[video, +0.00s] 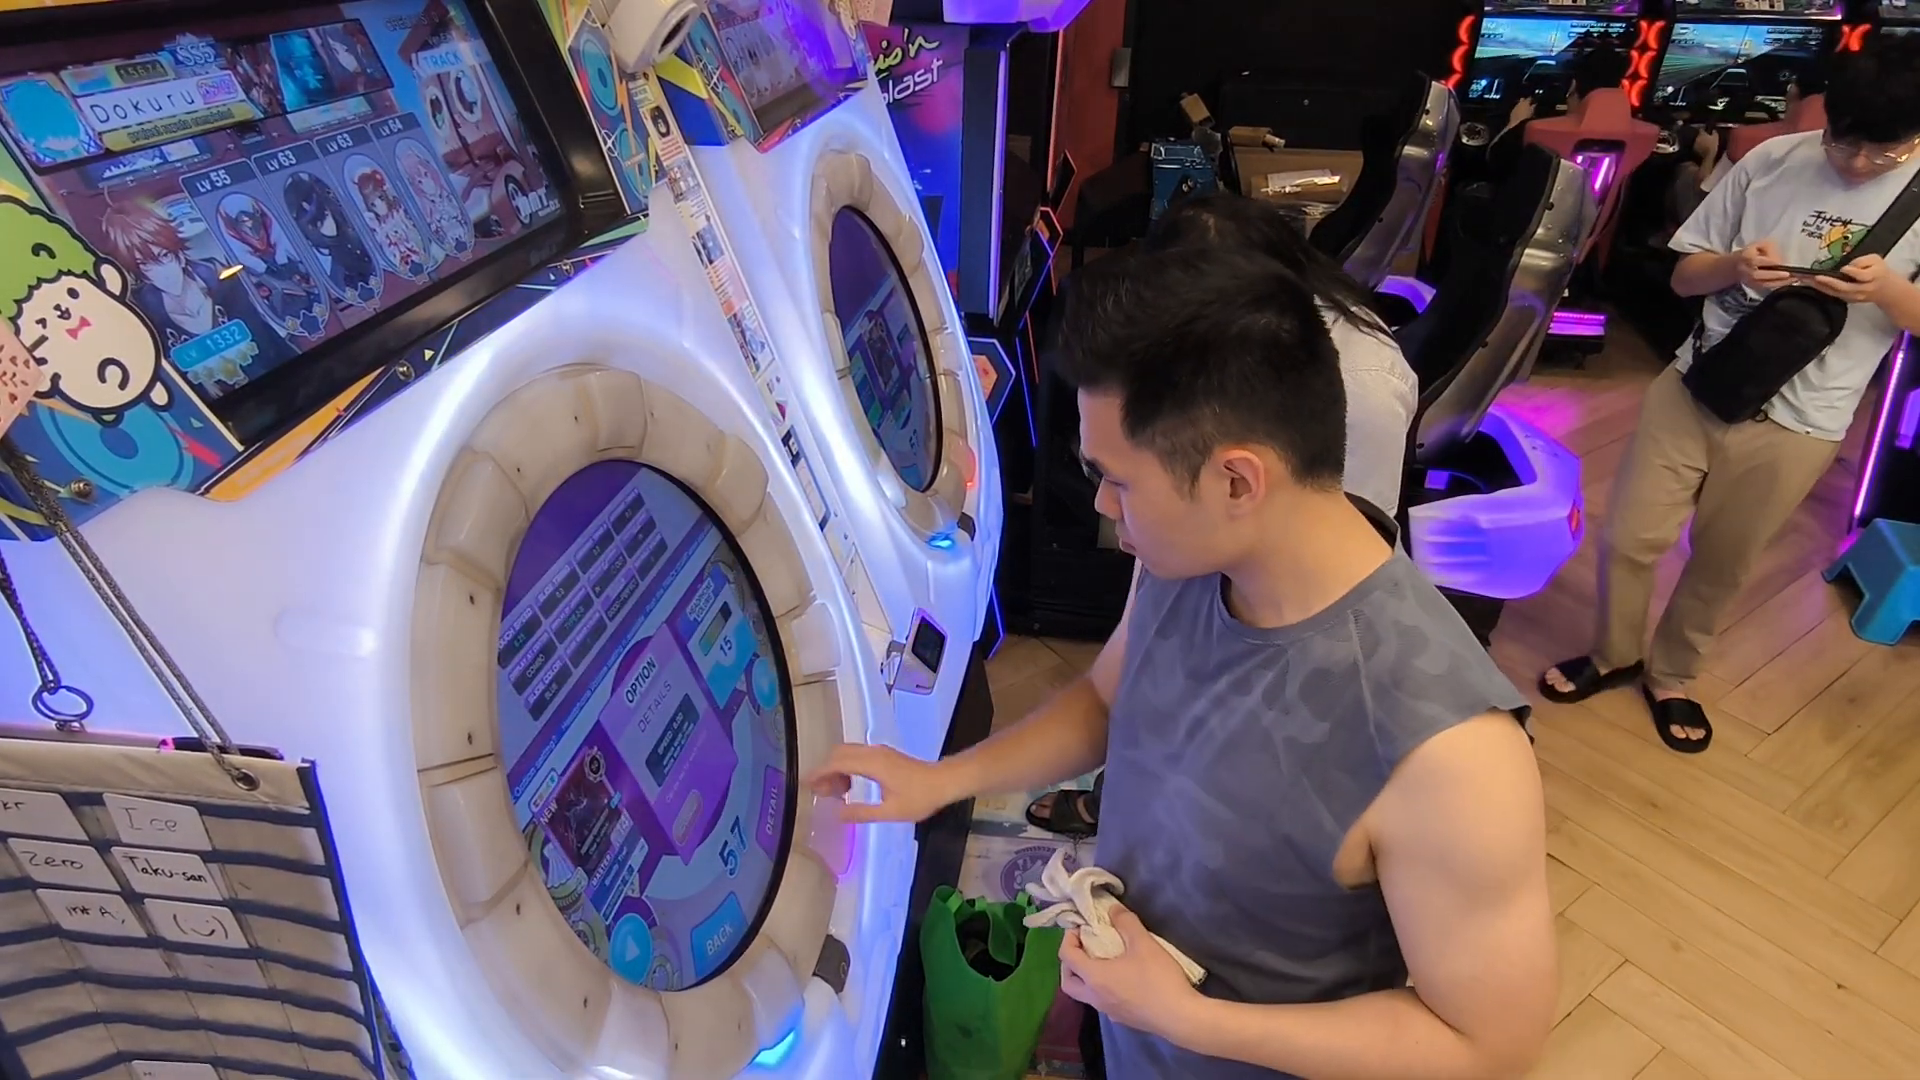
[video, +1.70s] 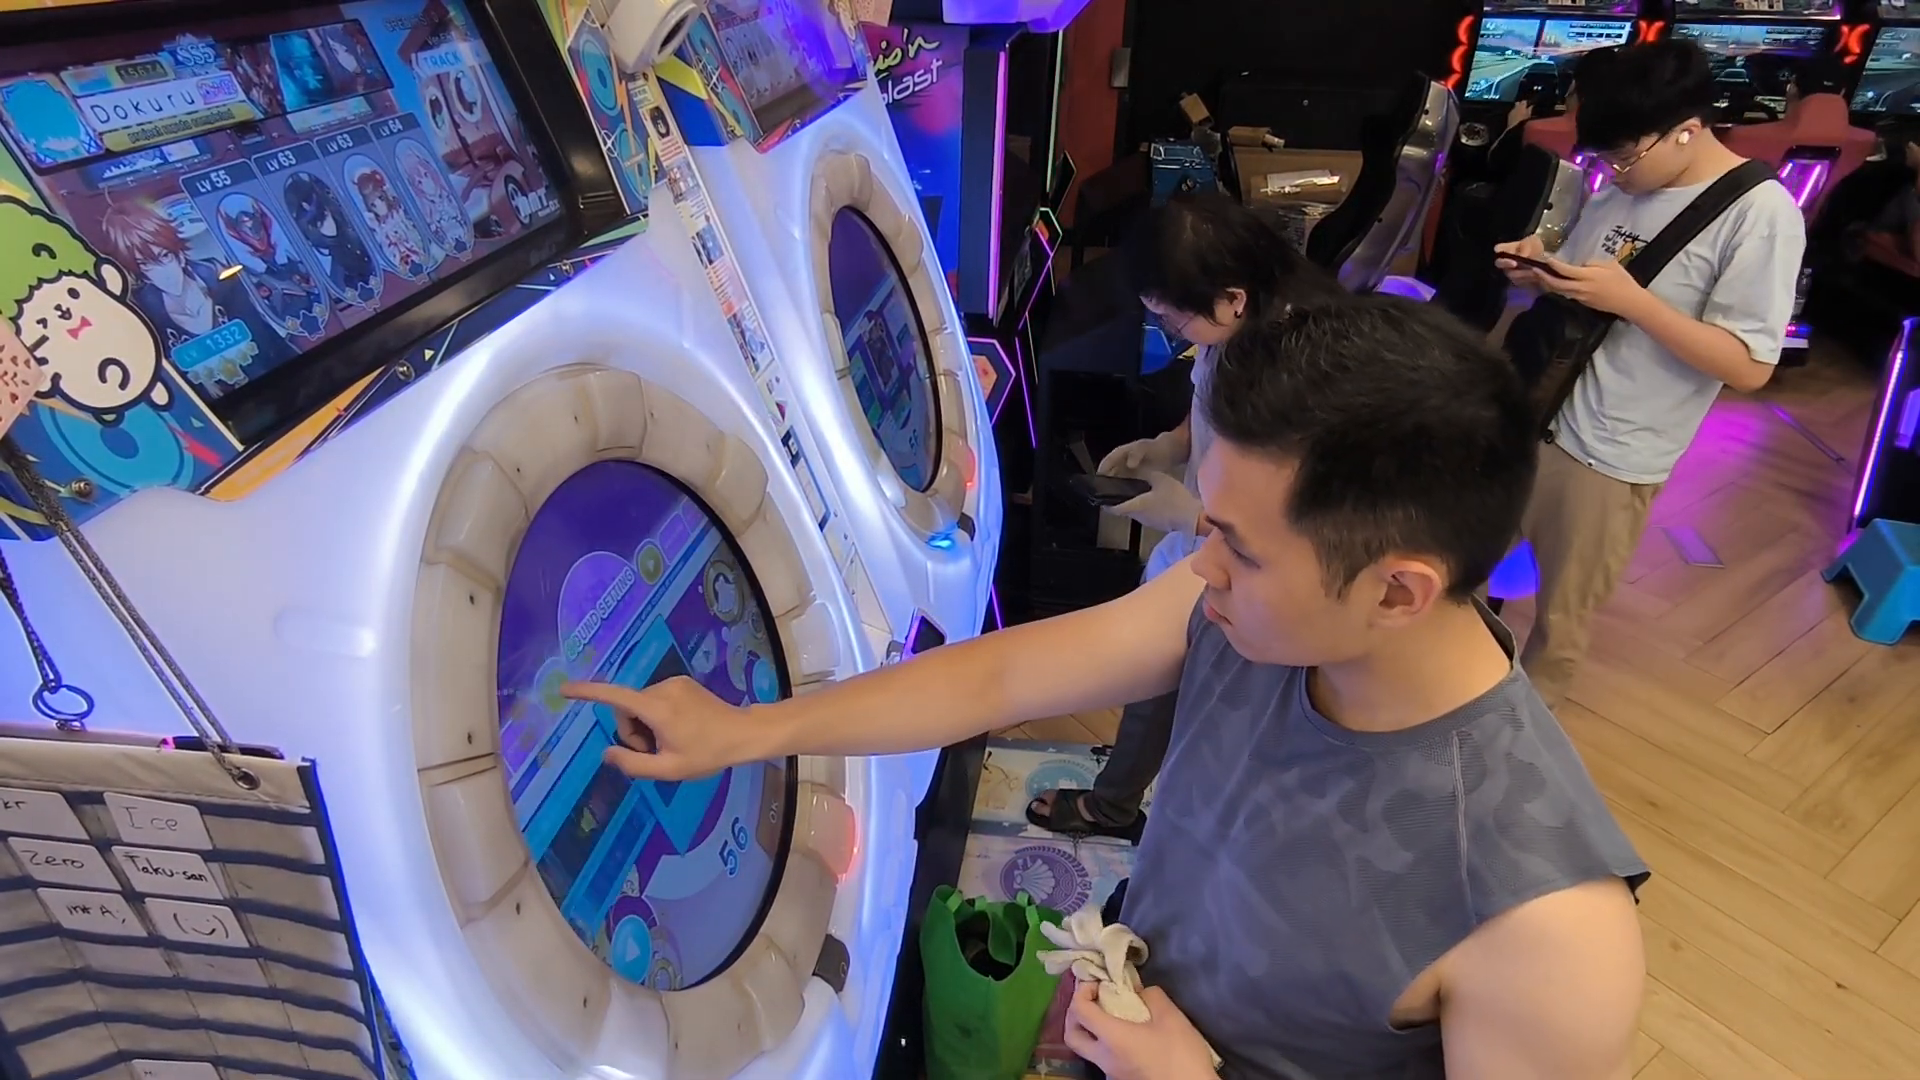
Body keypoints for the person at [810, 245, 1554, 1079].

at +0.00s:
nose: (1101, 506)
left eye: (1112, 481)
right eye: (1097, 476)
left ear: (1238, 482)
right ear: (1236, 484)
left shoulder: (1442, 743)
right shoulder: (1185, 567)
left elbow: (1487, 1041)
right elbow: (1100, 705)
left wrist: (1193, 1018)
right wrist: (946, 779)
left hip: (1250, 1070)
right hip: (1118, 1036)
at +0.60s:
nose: (1160, 538)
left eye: (1192, 523)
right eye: (1169, 500)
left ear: (1340, 557)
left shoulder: (1493, 862)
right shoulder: (1242, 599)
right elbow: (1128, 730)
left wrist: (1169, 1062)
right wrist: (960, 843)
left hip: (1213, 1067)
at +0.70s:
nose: (1178, 541)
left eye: (1212, 528)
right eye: (1186, 504)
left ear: (1358, 566)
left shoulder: (1500, 878)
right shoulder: (1251, 609)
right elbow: (1089, 721)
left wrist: (1169, 1064)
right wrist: (897, 795)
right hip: (1098, 1035)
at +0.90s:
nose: (1192, 549)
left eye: (1228, 535)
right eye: (1204, 508)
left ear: (1386, 581)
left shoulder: (1516, 906)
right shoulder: (1250, 596)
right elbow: (1021, 681)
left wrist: (1171, 1071)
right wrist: (794, 713)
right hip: (1091, 992)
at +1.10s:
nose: (1204, 564)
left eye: (1248, 556)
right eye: (1220, 525)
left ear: (1413, 599)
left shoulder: (1540, 934)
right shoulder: (1247, 597)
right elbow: (1004, 677)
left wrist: (1191, 1073)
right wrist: (763, 716)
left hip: (1229, 1068)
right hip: (1104, 989)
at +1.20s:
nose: (1207, 573)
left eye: (1253, 565)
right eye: (1222, 530)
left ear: (1418, 604)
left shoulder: (1545, 935)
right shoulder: (1244, 595)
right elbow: (1002, 680)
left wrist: (1199, 1074)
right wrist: (766, 723)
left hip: (1241, 1070)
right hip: (1108, 1001)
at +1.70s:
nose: (1195, 562)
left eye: (1235, 550)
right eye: (1208, 521)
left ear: (1402, 592)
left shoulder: (1541, 928)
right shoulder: (1245, 606)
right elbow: (994, 682)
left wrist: (1204, 1077)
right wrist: (746, 727)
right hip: (1108, 996)